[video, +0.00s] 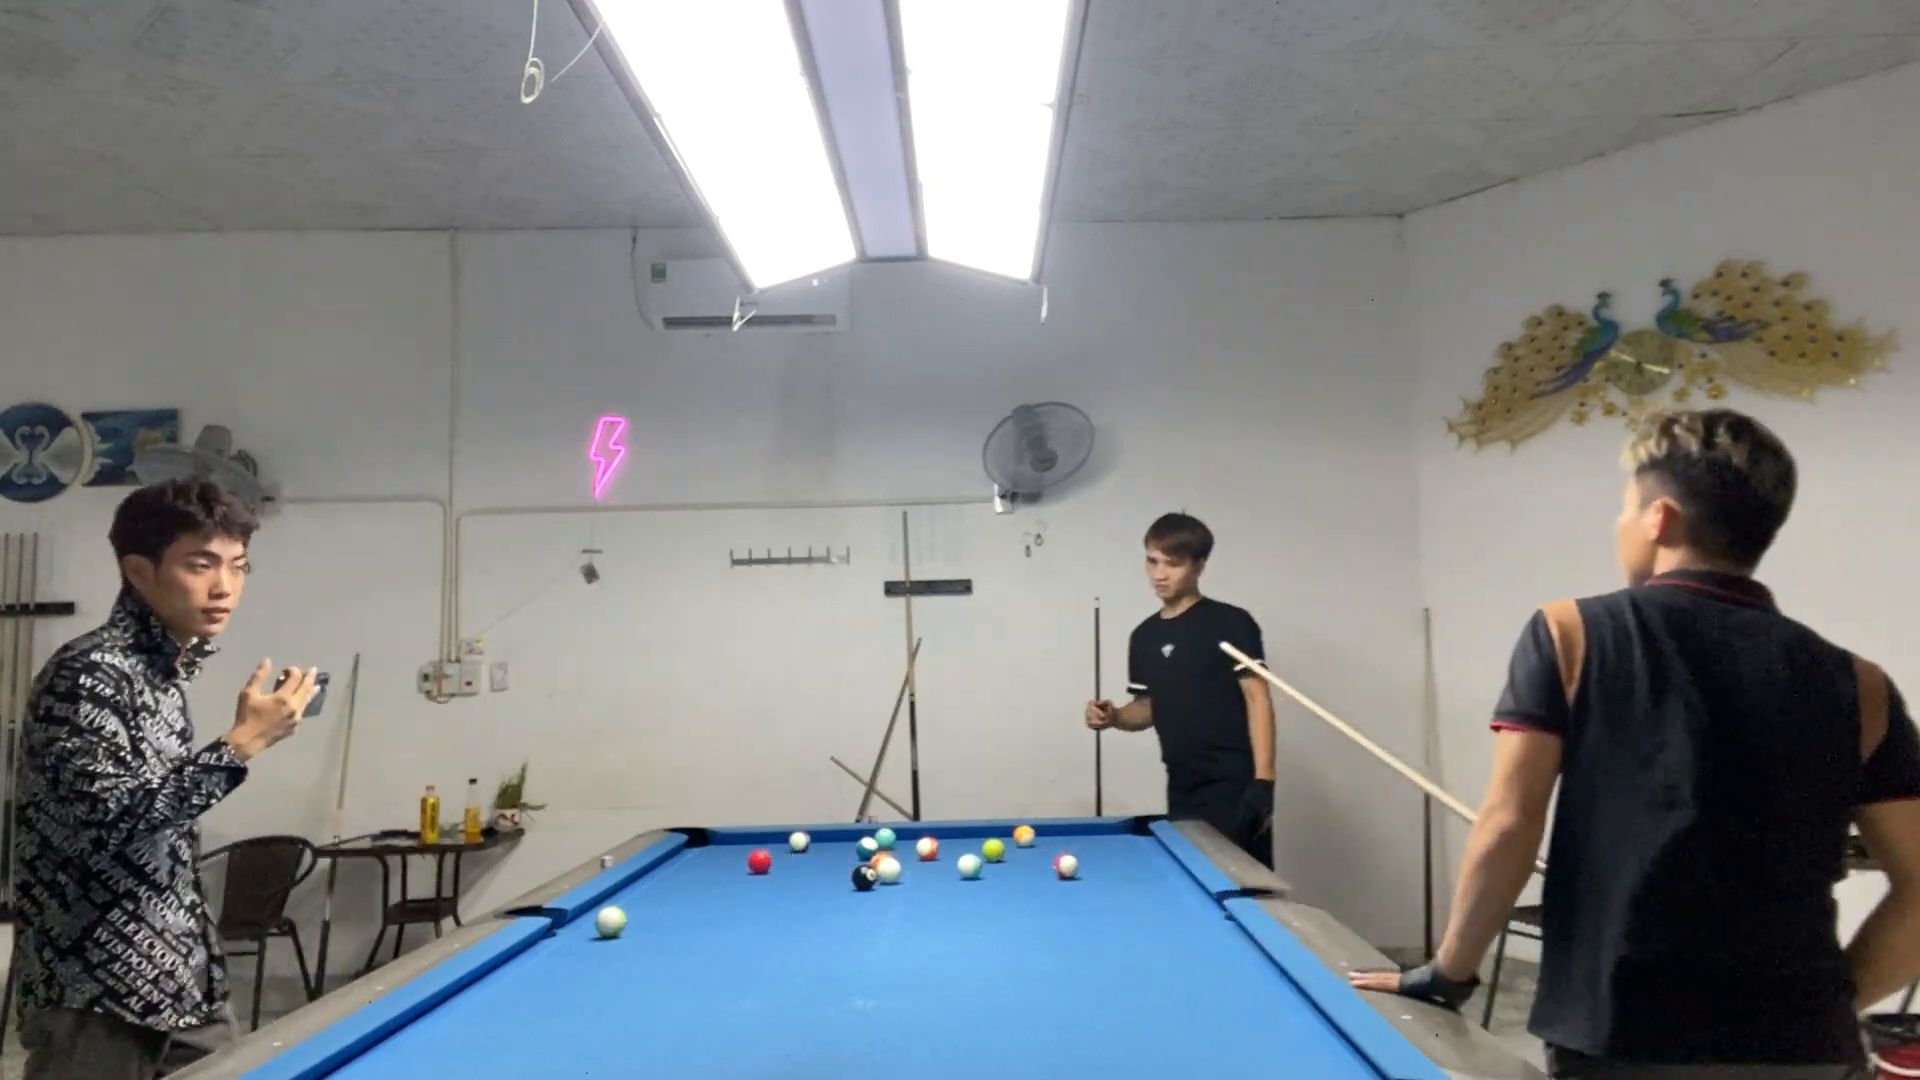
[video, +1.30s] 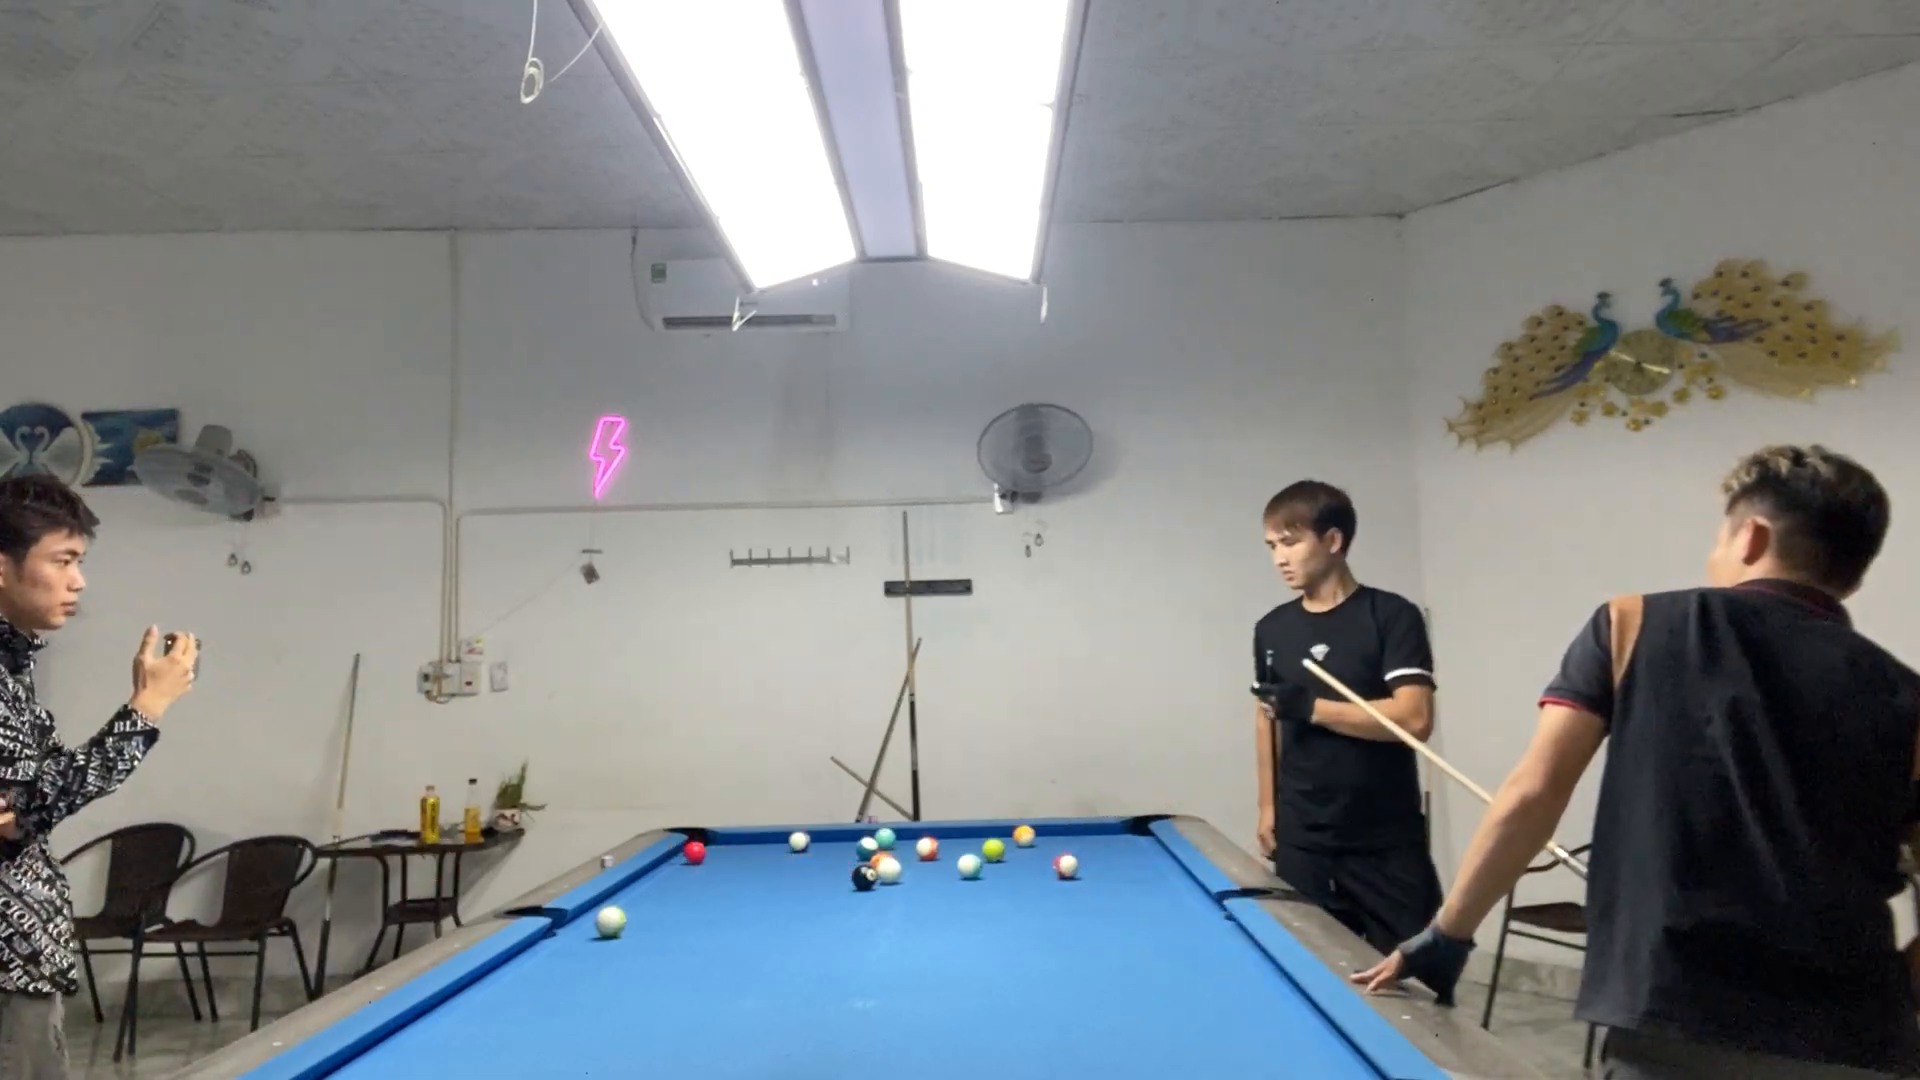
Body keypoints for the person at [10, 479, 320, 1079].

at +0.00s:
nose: (226, 587)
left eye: (237, 566)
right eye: (201, 564)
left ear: (246, 571)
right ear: (140, 572)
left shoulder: (163, 681)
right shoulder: (86, 676)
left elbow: (163, 857)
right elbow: (102, 826)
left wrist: (200, 981)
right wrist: (240, 744)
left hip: (177, 990)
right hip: (93, 1001)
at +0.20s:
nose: (183, 602)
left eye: (193, 583)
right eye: (165, 580)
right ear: (96, 575)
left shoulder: (101, 675)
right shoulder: (35, 681)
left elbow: (97, 840)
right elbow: (75, 838)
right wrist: (200, 747)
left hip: (132, 980)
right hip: (49, 999)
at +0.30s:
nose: (165, 604)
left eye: (174, 583)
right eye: (148, 582)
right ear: (81, 576)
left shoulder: (80, 668)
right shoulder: (23, 679)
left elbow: (79, 834)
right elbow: (62, 832)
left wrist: (122, 930)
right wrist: (185, 746)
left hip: (115, 970)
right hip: (40, 991)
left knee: (144, 1068)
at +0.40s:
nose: (152, 603)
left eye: (160, 583)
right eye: (135, 582)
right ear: (68, 576)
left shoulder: (68, 660)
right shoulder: (15, 674)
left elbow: (64, 816)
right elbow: (50, 831)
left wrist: (101, 866)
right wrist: (174, 746)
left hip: (97, 968)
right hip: (33, 987)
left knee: (124, 1068)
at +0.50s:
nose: (142, 603)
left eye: (150, 582)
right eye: (126, 582)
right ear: (58, 577)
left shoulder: (57, 659)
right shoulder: (13, 675)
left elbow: (51, 788)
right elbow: (41, 829)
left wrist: (89, 840)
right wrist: (168, 745)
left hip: (80, 978)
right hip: (27, 997)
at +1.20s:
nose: (82, 583)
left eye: (83, 563)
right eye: (68, 561)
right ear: (8, 566)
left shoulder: (19, 663)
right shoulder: (6, 668)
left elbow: (61, 774)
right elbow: (32, 802)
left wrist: (20, 816)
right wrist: (153, 708)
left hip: (39, 957)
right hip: (16, 965)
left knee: (52, 1067)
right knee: (37, 1068)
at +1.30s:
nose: (79, 581)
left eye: (79, 562)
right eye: (63, 560)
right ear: (6, 566)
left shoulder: (16, 666)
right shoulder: (5, 671)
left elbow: (46, 784)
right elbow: (33, 801)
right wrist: (148, 707)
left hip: (36, 961)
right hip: (15, 968)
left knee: (48, 1068)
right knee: (34, 1069)